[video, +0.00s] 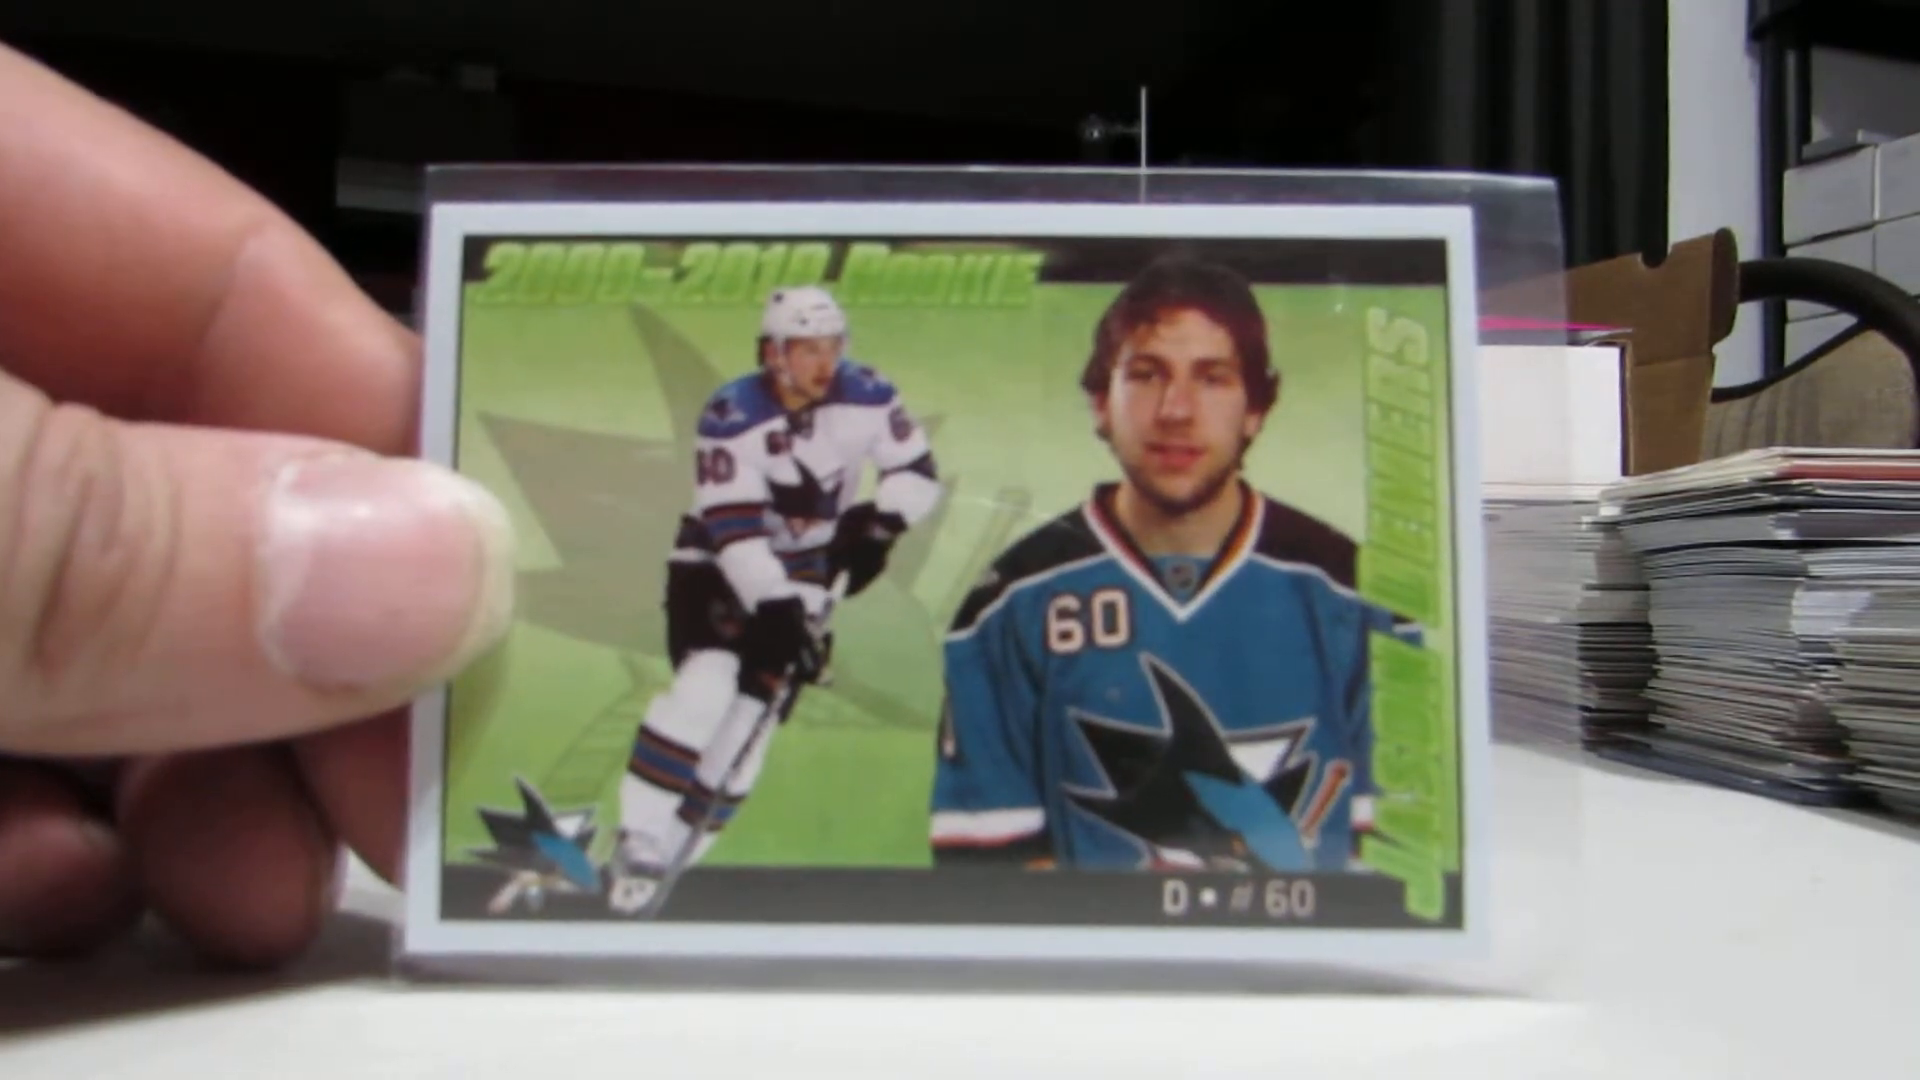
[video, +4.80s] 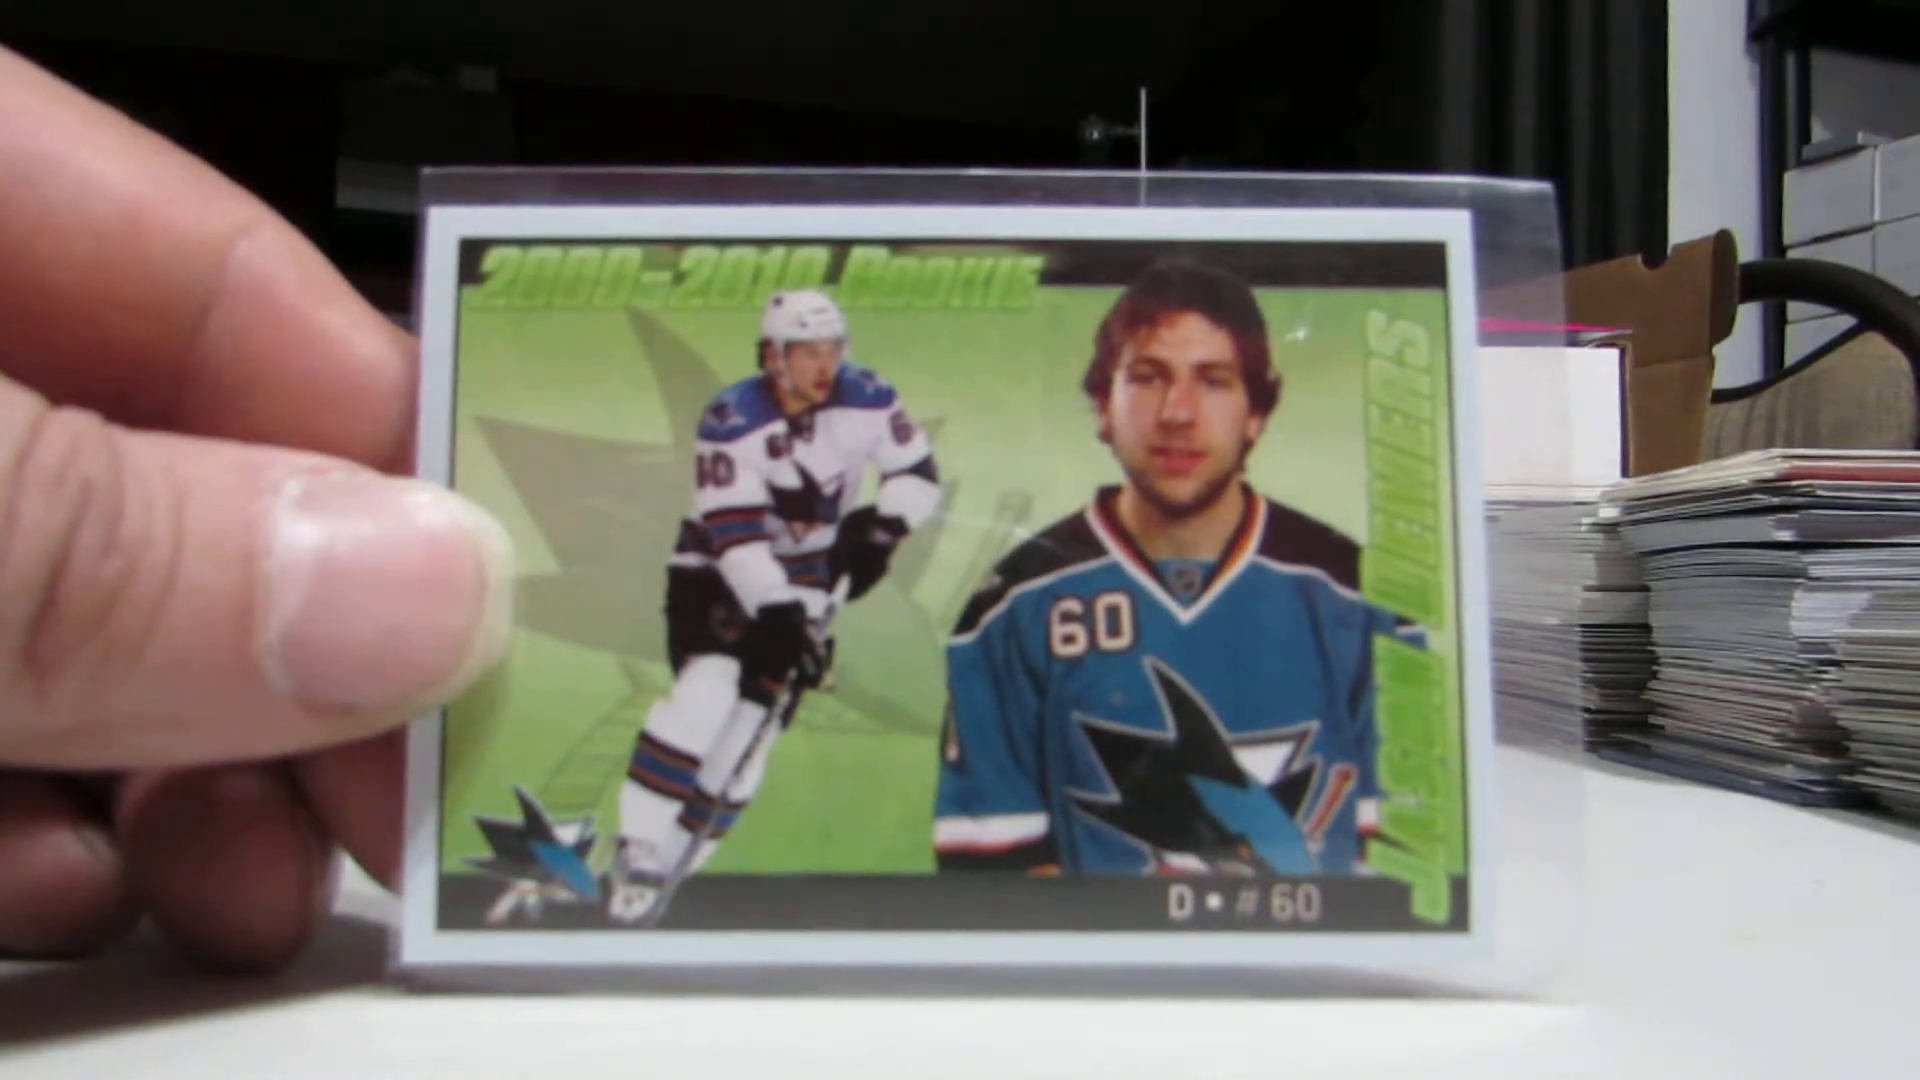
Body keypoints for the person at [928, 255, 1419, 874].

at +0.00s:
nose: (1175, 408)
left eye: (1211, 377)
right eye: (1145, 374)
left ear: (1254, 411)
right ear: (1101, 404)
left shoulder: (1351, 586)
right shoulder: (1015, 601)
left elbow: (1396, 853)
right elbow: (988, 876)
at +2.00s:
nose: (1175, 414)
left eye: (1210, 383)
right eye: (1146, 380)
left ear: (1252, 415)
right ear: (1101, 409)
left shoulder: (1349, 589)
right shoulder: (1016, 606)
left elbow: (1395, 848)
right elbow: (992, 868)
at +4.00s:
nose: (1177, 411)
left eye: (1213, 380)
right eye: (1147, 377)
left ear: (1255, 414)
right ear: (1102, 407)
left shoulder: (1355, 589)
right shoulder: (1017, 605)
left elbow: (1400, 855)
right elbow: (994, 874)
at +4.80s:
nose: (1177, 411)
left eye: (1212, 381)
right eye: (1147, 377)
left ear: (1255, 415)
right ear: (1103, 408)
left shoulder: (1355, 588)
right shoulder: (1017, 604)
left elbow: (1400, 853)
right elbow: (994, 876)